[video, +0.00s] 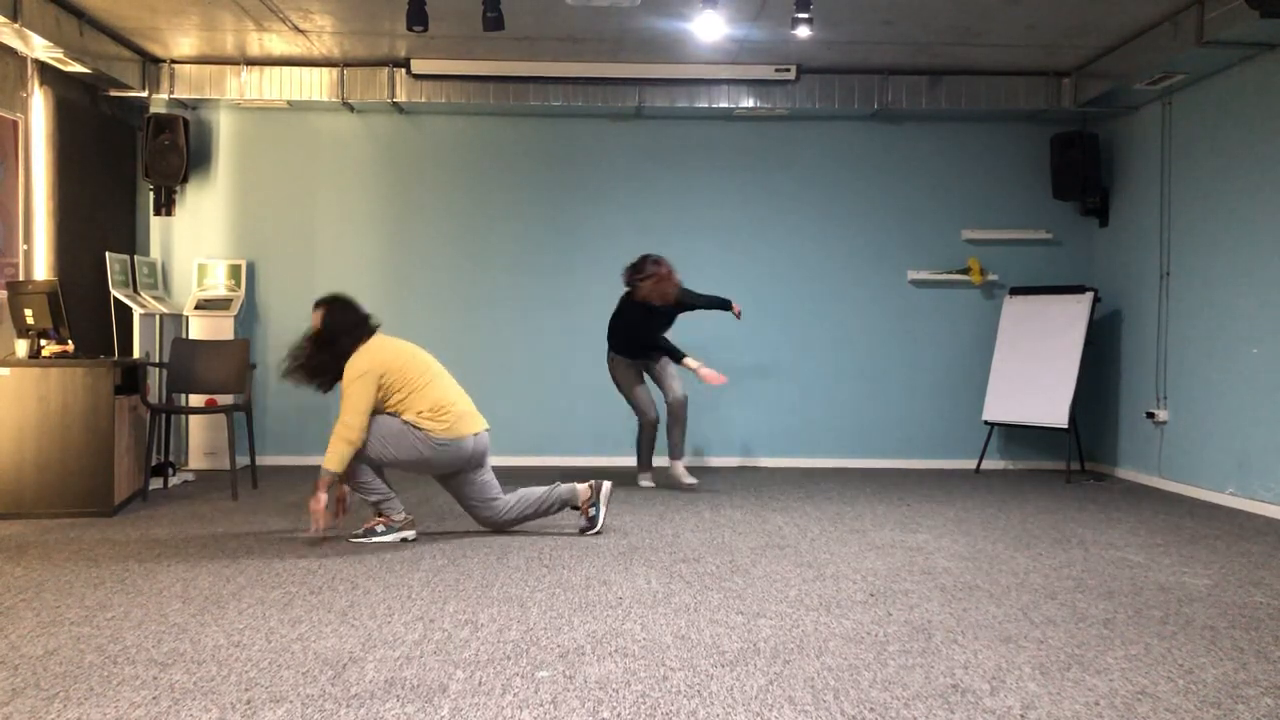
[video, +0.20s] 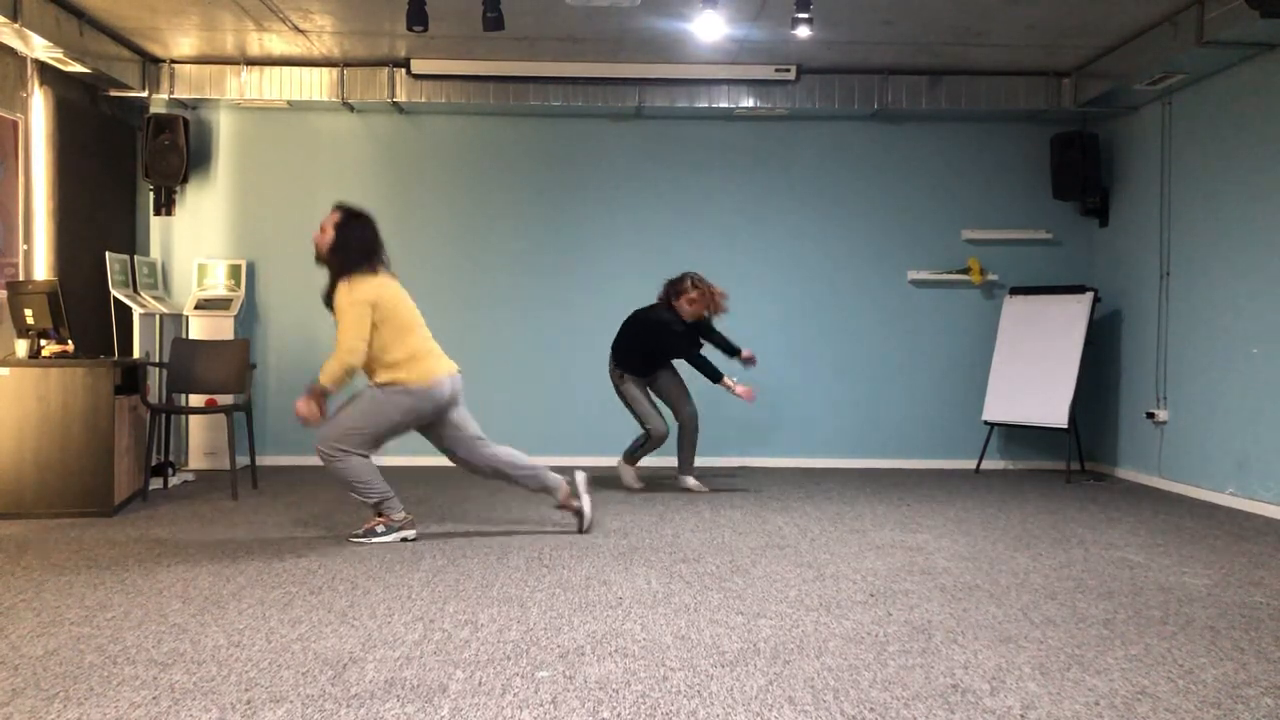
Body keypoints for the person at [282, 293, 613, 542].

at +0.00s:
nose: (313, 334)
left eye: (317, 327)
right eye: (314, 326)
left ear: (336, 331)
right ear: (354, 326)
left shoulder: (362, 363)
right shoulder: (386, 349)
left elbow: (347, 429)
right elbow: (368, 426)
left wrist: (323, 486)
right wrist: (343, 483)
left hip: (439, 441)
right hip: (469, 437)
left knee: (347, 443)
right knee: (496, 513)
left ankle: (393, 519)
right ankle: (582, 494)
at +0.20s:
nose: (316, 234)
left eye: (324, 229)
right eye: (321, 226)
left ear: (343, 242)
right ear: (360, 244)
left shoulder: (352, 289)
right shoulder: (380, 281)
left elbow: (350, 354)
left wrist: (316, 393)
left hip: (411, 388)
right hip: (441, 381)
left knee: (334, 446)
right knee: (477, 453)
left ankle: (392, 516)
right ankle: (565, 489)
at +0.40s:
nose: (312, 160)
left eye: (322, 155)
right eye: (319, 152)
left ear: (338, 173)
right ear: (350, 177)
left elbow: (301, 279)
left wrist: (265, 294)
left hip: (356, 344)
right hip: (387, 338)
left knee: (340, 437)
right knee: (366, 426)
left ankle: (391, 513)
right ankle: (430, 476)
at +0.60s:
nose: (298, 133)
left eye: (307, 131)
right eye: (304, 127)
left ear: (321, 149)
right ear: (334, 156)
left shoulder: (303, 193)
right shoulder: (335, 196)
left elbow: (281, 241)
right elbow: (305, 251)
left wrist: (234, 233)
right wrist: (262, 255)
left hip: (301, 319)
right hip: (326, 316)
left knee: (281, 410)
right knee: (289, 409)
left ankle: (338, 488)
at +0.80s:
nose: (285, 133)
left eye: (295, 134)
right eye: (292, 129)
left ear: (305, 156)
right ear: (310, 161)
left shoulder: (285, 195)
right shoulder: (308, 198)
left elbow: (240, 215)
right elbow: (257, 209)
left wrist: (198, 177)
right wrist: (230, 179)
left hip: (251, 321)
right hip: (281, 322)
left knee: (224, 410)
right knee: (261, 409)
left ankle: (261, 501)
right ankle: (288, 495)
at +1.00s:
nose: (262, 129)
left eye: (272, 130)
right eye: (270, 125)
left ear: (281, 153)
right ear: (284, 160)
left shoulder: (253, 189)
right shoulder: (275, 193)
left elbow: (211, 189)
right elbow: (239, 189)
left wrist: (181, 136)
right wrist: (228, 146)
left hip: (215, 314)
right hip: (246, 311)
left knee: (215, 410)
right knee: (242, 403)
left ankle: (253, 501)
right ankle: (273, 487)